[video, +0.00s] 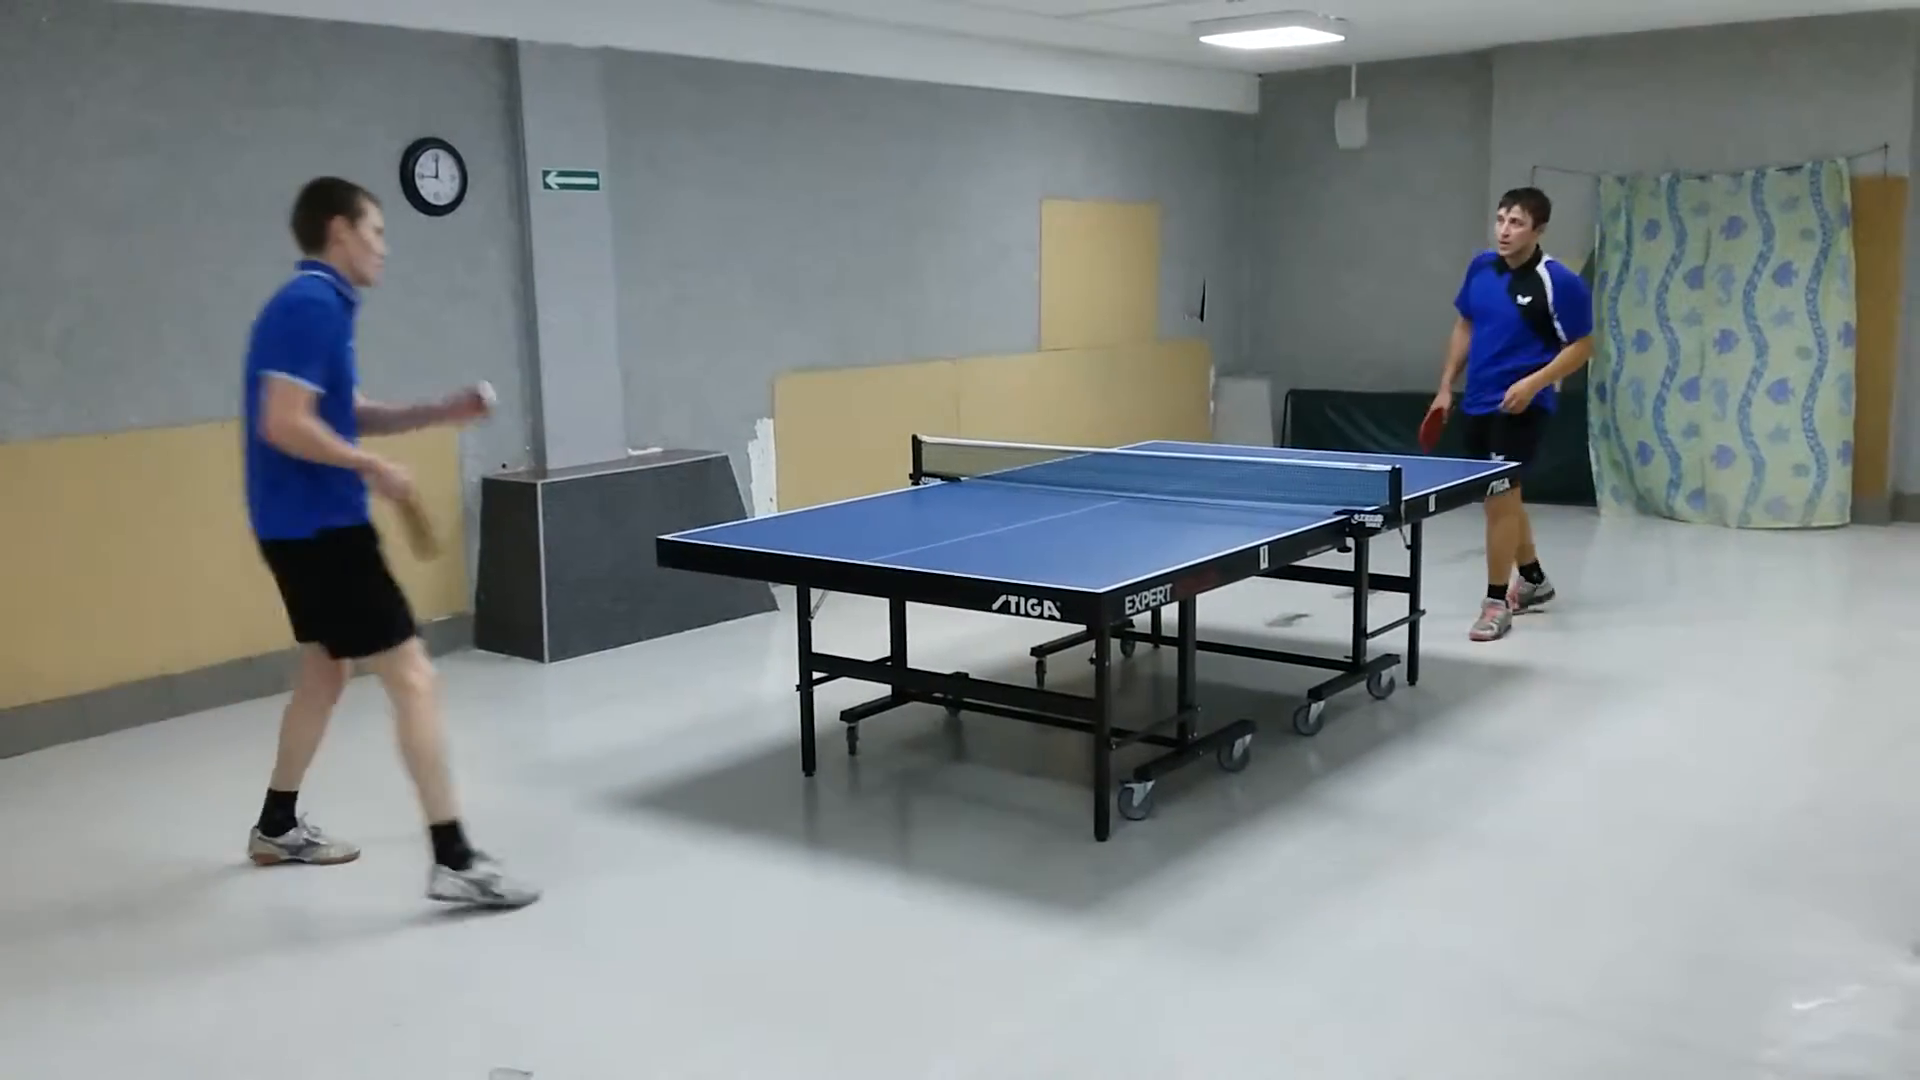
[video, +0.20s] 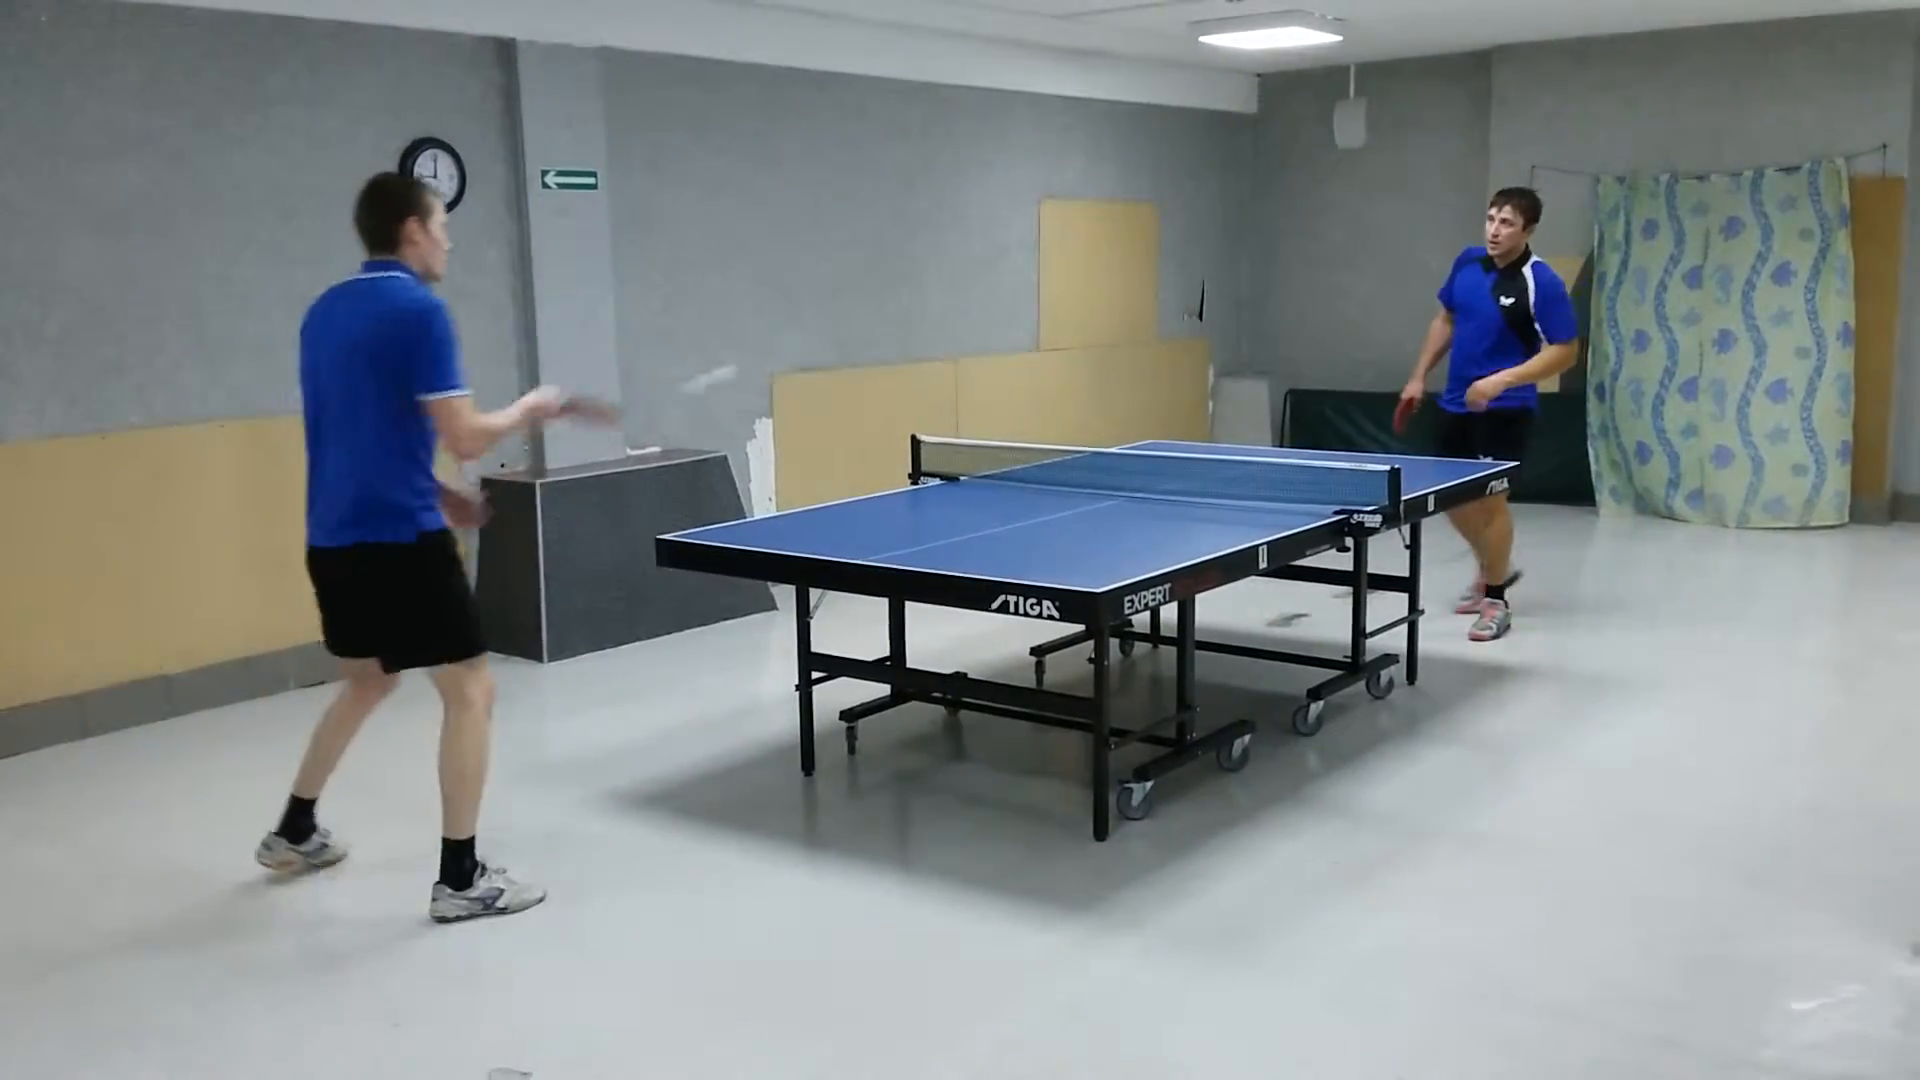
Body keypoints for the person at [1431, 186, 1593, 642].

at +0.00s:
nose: (1504, 229)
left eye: (1516, 223)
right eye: (1501, 220)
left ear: (1538, 231)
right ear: (1494, 224)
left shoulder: (1561, 282)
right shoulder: (1481, 268)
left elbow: (1581, 347)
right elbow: (1464, 326)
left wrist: (1534, 383)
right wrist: (1446, 386)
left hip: (1524, 404)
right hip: (1478, 402)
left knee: (1499, 493)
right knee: (1501, 492)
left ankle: (1496, 601)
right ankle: (1533, 580)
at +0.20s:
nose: (1496, 229)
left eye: (1508, 223)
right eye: (1493, 219)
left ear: (1528, 231)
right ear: (1485, 221)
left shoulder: (1542, 281)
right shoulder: (1468, 262)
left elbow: (1563, 351)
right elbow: (1445, 319)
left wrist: (1502, 379)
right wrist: (1418, 377)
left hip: (1507, 408)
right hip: (1458, 401)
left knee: (1491, 500)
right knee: (1453, 497)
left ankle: (1496, 598)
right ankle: (1495, 569)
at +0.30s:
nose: (1488, 229)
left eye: (1500, 223)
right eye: (1485, 219)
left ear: (1520, 232)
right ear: (1478, 221)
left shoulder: (1533, 280)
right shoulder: (1460, 262)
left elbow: (1550, 351)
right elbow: (1436, 319)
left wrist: (1486, 373)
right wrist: (1405, 373)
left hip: (1497, 409)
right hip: (1447, 404)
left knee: (1487, 501)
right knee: (1439, 495)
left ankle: (1495, 602)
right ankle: (1449, 574)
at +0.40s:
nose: (1482, 224)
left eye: (1495, 218)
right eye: (1480, 214)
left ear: (1514, 226)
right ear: (1472, 218)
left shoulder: (1528, 272)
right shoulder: (1454, 262)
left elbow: (1541, 345)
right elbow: (1430, 317)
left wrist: (1478, 366)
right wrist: (1400, 371)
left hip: (1493, 404)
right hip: (1441, 399)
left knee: (1485, 496)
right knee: (1421, 493)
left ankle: (1497, 595)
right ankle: (1409, 578)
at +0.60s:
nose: (1448, 243)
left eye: (1459, 236)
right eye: (1443, 234)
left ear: (1477, 242)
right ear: (1434, 236)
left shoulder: (1493, 285)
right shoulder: (1409, 277)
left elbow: (1517, 352)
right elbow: (1388, 331)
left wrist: (1469, 370)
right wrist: (1371, 387)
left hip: (1469, 416)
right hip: (1408, 411)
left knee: (1476, 504)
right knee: (1370, 492)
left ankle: (1499, 602)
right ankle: (1349, 577)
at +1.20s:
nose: (1444, 310)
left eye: (1453, 303)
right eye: (1438, 301)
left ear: (1468, 297)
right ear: (1426, 292)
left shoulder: (1486, 321)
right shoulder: (1403, 315)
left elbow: (1506, 388)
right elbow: (1380, 360)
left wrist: (1490, 410)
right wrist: (1356, 405)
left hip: (1477, 421)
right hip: (1418, 420)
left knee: (1509, 493)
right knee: (1374, 492)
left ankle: (1526, 589)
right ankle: (1349, 580)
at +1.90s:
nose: (1469, 319)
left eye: (1479, 312)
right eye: (1464, 308)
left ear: (1493, 311)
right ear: (1454, 300)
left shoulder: (1508, 338)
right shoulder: (1435, 317)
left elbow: (1501, 411)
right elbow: (1367, 343)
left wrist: (1473, 423)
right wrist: (1355, 390)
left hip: (1494, 431)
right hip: (1434, 426)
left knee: (1535, 483)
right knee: (1390, 488)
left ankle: (1555, 583)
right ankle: (1376, 575)